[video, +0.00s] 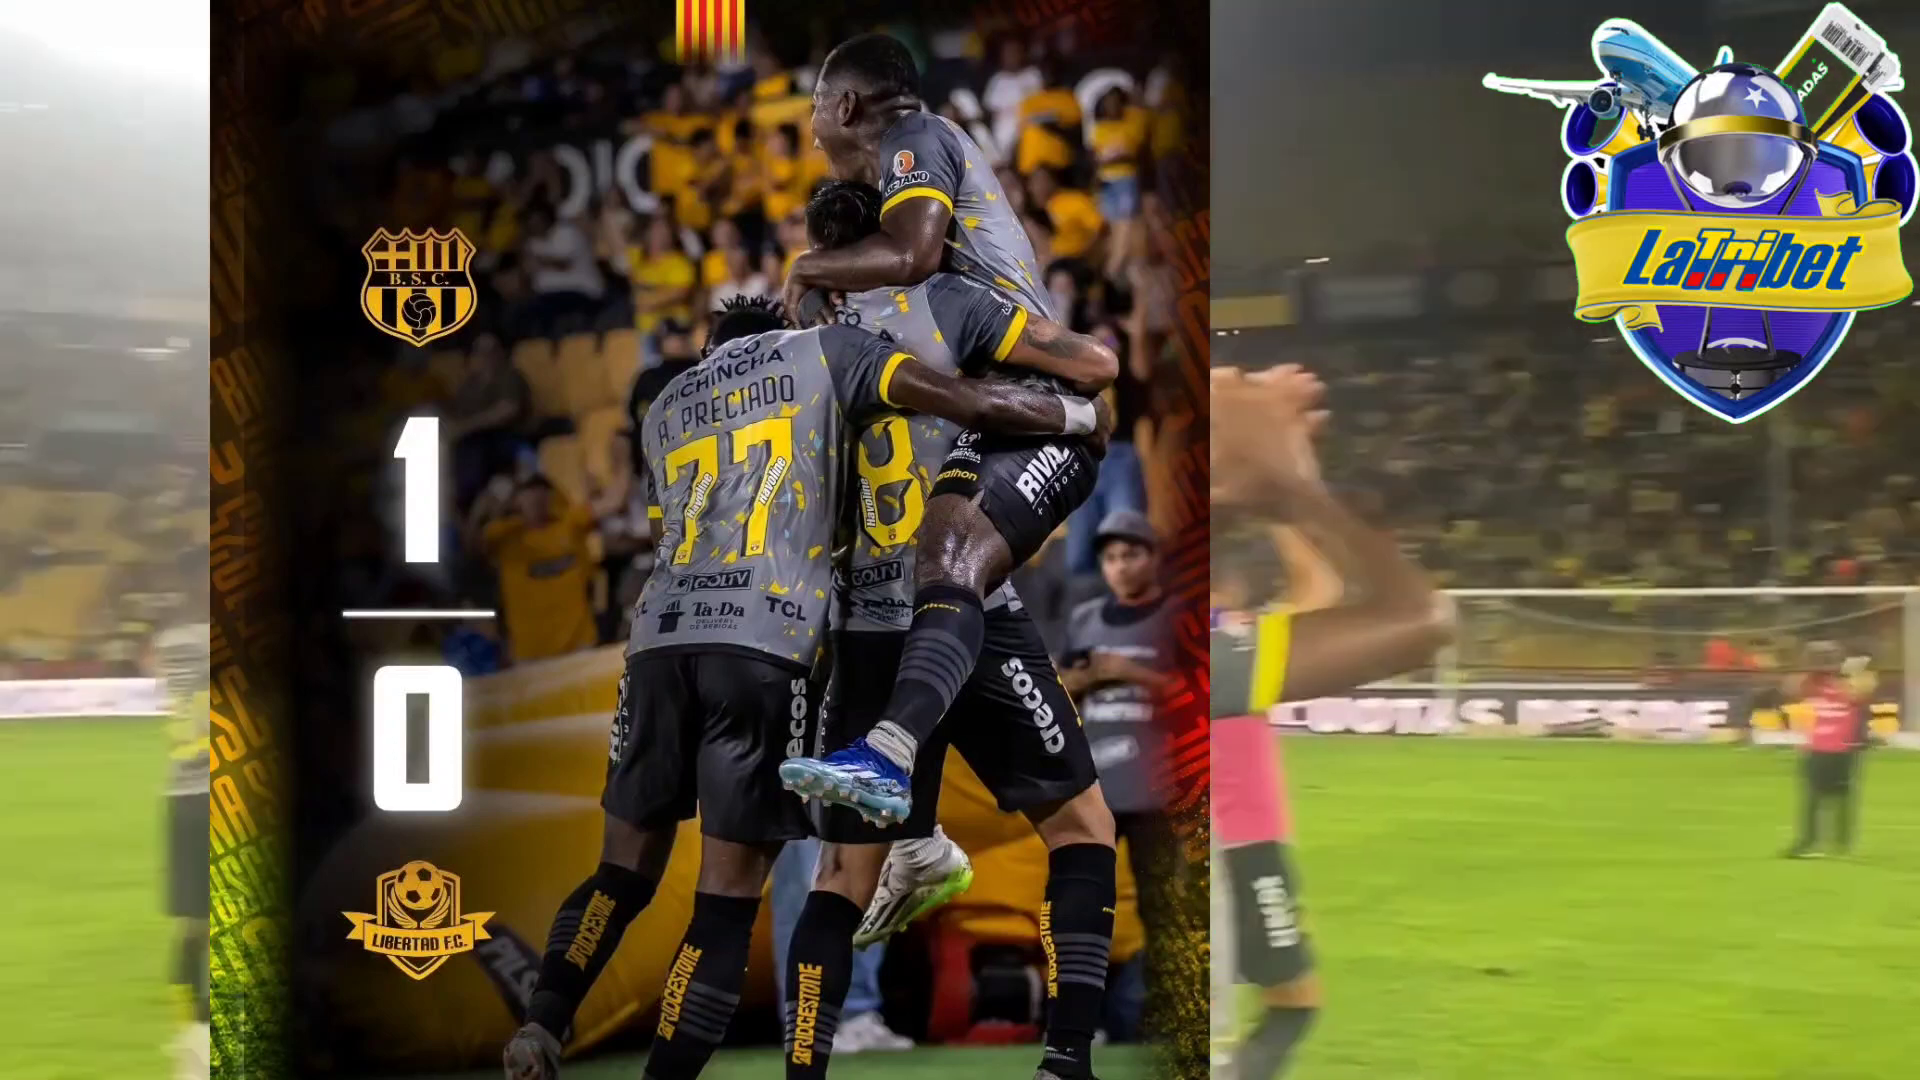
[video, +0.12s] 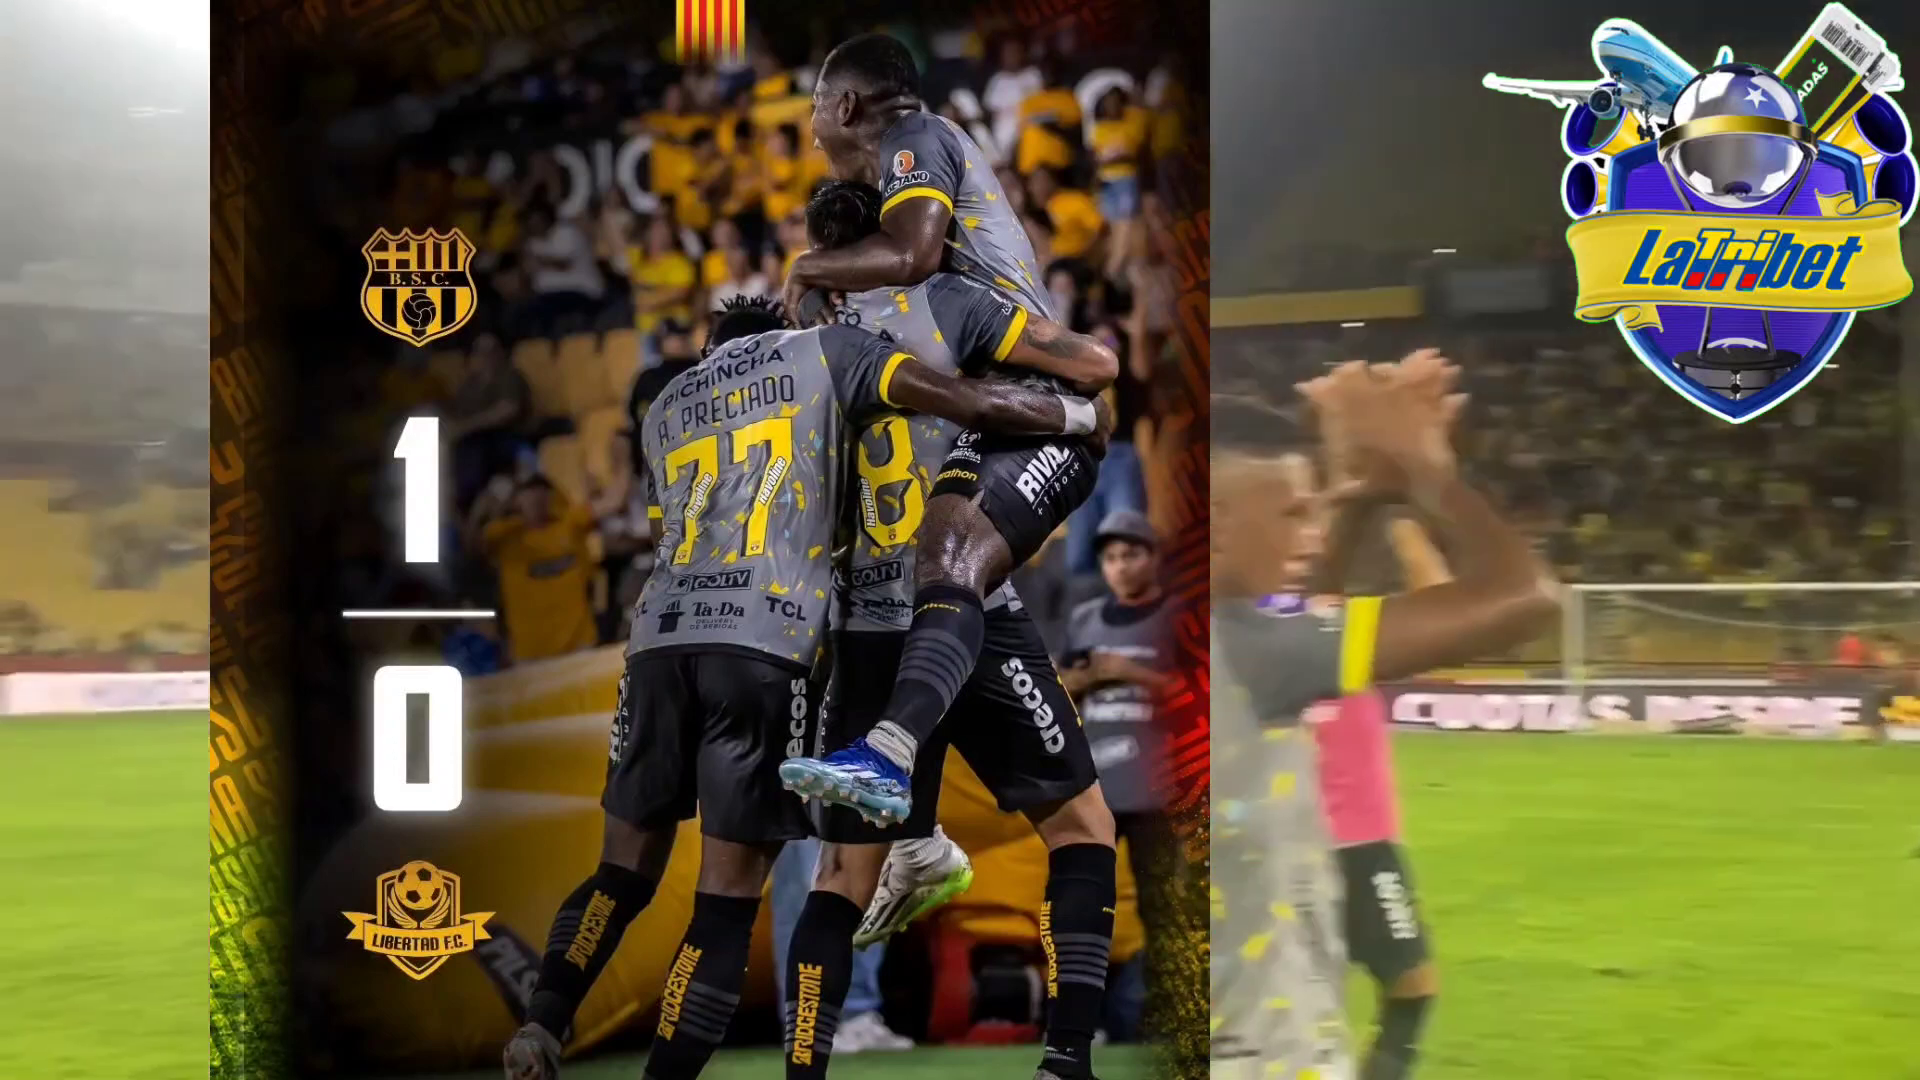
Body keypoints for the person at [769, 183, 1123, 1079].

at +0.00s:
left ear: (821, 255)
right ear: (897, 239)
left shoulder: (803, 332)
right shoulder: (950, 297)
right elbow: (1090, 366)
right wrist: (1083, 349)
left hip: (855, 614)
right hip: (964, 613)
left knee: (849, 858)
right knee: (1081, 826)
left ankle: (802, 1063)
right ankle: (1067, 1059)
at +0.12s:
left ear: (821, 253)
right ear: (900, 237)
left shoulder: (802, 332)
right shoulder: (952, 296)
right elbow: (1093, 366)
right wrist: (1068, 348)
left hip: (854, 615)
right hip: (965, 612)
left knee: (849, 859)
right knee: (1081, 826)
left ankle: (801, 1064)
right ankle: (1067, 1057)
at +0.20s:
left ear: (820, 253)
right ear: (899, 237)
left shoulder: (802, 333)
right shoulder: (950, 296)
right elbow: (1090, 367)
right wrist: (1077, 350)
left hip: (854, 615)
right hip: (965, 612)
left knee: (849, 859)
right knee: (1081, 826)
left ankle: (802, 1063)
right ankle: (1066, 1058)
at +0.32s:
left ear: (821, 252)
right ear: (900, 235)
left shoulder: (801, 331)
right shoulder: (951, 296)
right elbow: (1093, 366)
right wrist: (1071, 349)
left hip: (852, 614)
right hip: (964, 612)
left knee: (849, 859)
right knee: (1081, 826)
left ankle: (801, 1064)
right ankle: (1067, 1058)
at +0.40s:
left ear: (820, 252)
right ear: (897, 236)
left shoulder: (801, 333)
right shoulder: (950, 296)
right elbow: (1089, 366)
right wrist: (1083, 351)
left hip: (854, 614)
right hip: (964, 611)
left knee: (849, 859)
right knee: (1081, 826)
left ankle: (802, 1063)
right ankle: (1067, 1059)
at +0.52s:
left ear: (821, 252)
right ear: (900, 238)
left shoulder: (799, 331)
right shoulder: (952, 297)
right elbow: (1091, 367)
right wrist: (1089, 355)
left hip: (852, 616)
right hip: (964, 612)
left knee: (848, 860)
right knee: (1082, 827)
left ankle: (801, 1063)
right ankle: (1067, 1057)